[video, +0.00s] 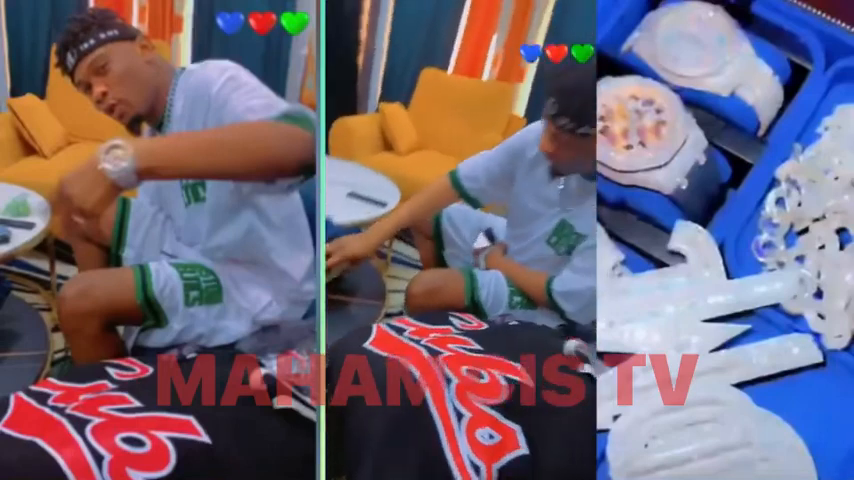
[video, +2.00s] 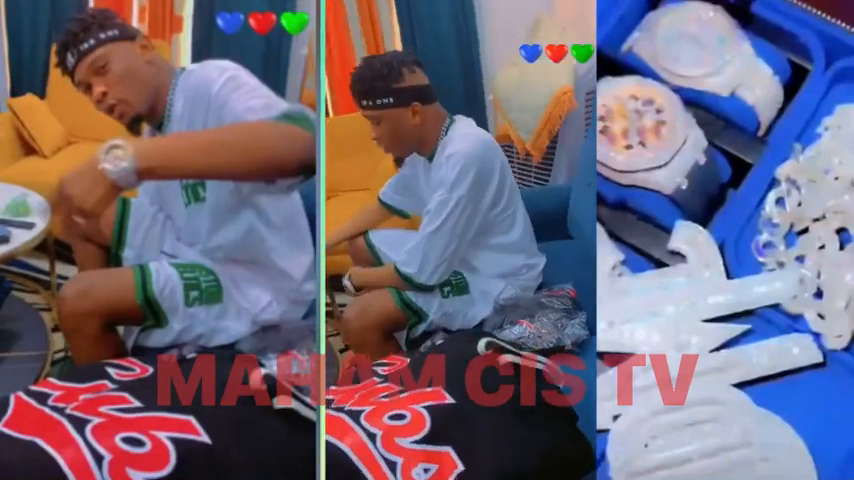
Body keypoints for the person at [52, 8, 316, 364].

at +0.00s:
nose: (98, 94)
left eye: (102, 70)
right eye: (87, 89)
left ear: (144, 48)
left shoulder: (214, 81)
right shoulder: (152, 132)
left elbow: (297, 146)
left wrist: (132, 160)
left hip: (260, 278)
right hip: (190, 251)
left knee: (81, 300)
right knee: (84, 214)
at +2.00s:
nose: (98, 94)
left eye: (102, 70)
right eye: (87, 89)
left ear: (144, 48)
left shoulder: (212, 81)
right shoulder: (152, 133)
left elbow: (298, 146)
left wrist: (132, 160)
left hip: (259, 279)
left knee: (80, 300)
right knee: (84, 215)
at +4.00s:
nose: (97, 94)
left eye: (102, 70)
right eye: (87, 89)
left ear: (145, 48)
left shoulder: (213, 81)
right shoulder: (153, 135)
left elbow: (299, 145)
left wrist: (131, 160)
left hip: (261, 278)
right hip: (191, 253)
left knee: (80, 300)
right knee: (83, 213)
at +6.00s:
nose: (97, 94)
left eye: (102, 70)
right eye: (87, 89)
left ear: (145, 48)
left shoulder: (213, 81)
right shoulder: (153, 134)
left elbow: (298, 145)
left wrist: (131, 160)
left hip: (262, 279)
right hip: (192, 252)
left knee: (80, 300)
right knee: (83, 213)